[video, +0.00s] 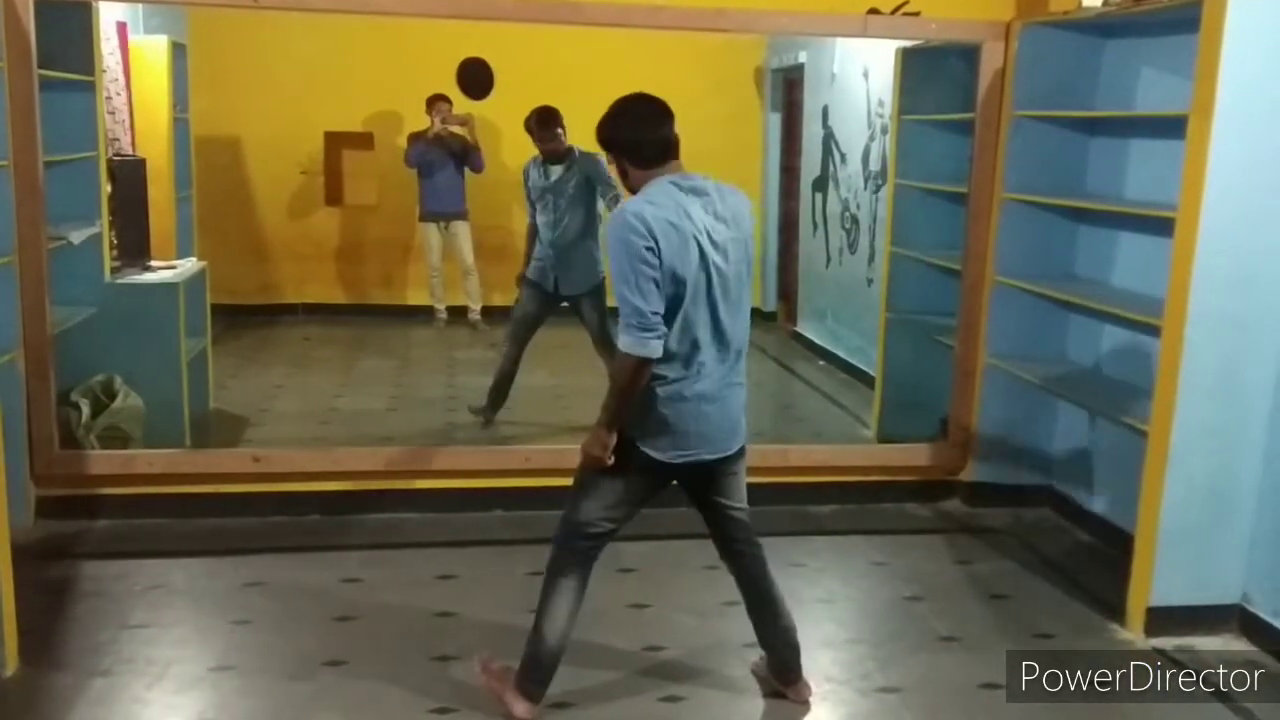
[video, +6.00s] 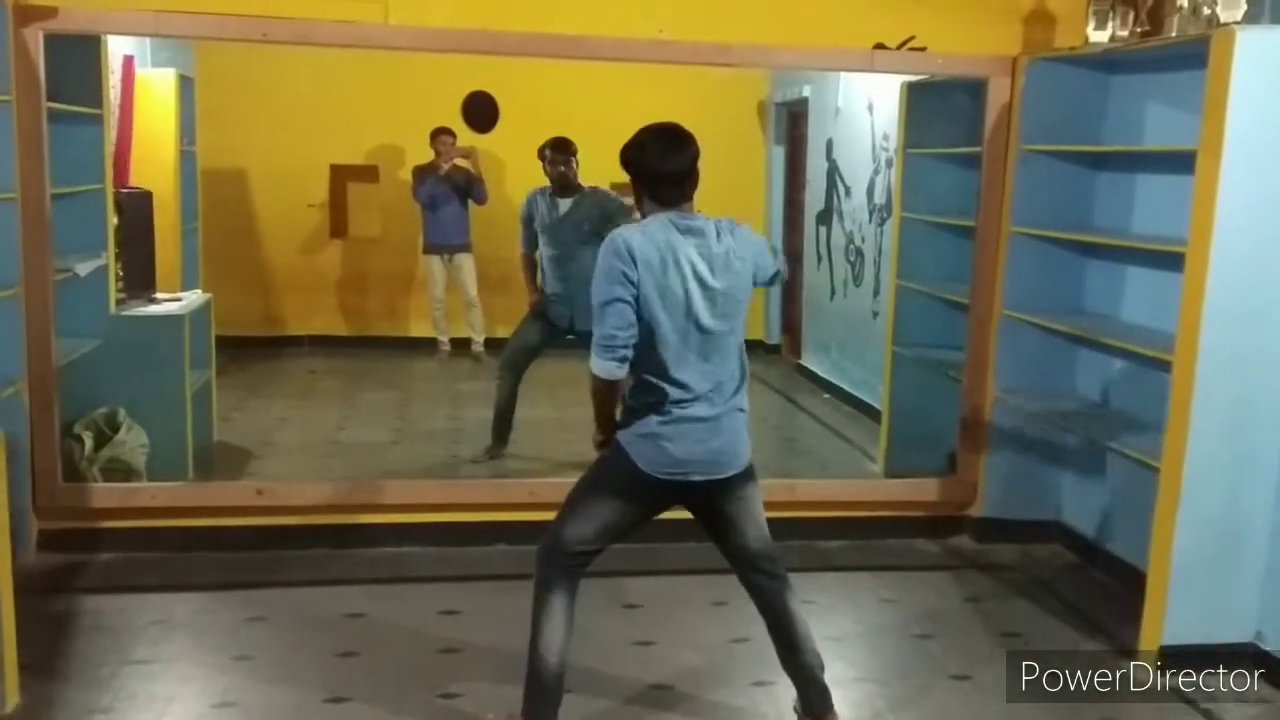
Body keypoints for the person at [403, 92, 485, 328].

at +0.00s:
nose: (442, 116)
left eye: (446, 111)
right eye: (438, 111)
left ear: (452, 114)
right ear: (429, 113)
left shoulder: (458, 140)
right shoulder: (419, 139)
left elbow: (477, 166)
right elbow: (411, 161)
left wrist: (471, 135)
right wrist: (431, 134)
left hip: (457, 213)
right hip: (430, 214)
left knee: (468, 265)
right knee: (434, 267)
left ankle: (474, 313)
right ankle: (439, 312)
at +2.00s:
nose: (441, 113)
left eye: (445, 109)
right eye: (436, 108)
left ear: (450, 112)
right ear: (428, 111)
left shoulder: (456, 138)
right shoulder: (417, 137)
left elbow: (475, 165)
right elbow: (415, 163)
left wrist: (470, 133)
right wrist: (435, 136)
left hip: (456, 211)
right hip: (428, 212)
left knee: (466, 264)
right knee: (433, 265)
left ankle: (473, 312)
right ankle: (438, 311)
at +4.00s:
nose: (440, 110)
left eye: (444, 106)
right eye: (436, 106)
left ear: (450, 109)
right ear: (427, 108)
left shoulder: (457, 135)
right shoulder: (417, 134)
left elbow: (476, 162)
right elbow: (415, 161)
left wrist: (470, 130)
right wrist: (435, 134)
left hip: (456, 209)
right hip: (429, 210)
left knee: (468, 262)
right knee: (433, 263)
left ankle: (474, 310)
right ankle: (438, 308)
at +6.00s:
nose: (446, 148)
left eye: (450, 144)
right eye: (441, 143)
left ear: (455, 147)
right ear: (433, 146)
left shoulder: (462, 172)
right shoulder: (422, 171)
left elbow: (481, 198)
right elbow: (421, 197)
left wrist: (475, 167)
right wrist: (440, 172)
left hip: (461, 245)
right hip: (434, 246)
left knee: (471, 297)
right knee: (437, 298)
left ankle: (477, 344)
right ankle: (443, 343)